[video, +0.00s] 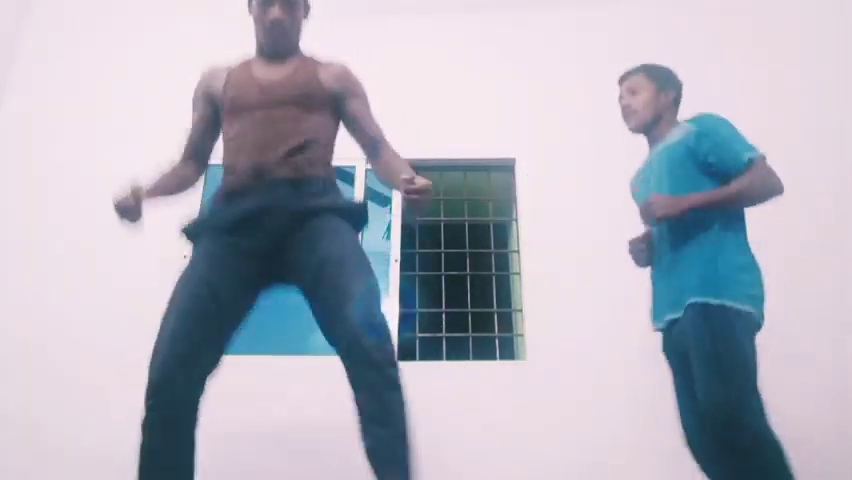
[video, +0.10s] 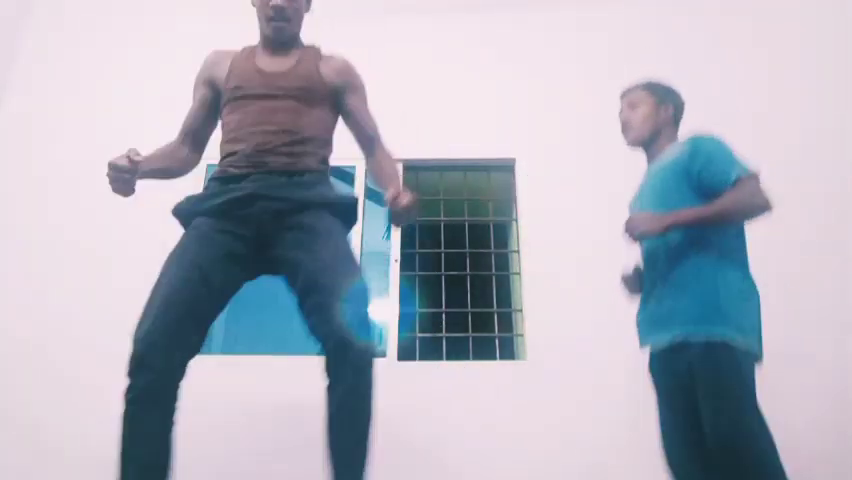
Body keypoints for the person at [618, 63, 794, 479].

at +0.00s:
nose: (624, 102)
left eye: (634, 92)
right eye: (621, 97)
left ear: (668, 96)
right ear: (621, 107)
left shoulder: (702, 129)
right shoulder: (642, 177)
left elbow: (766, 181)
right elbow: (683, 238)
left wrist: (684, 203)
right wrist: (650, 250)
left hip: (718, 296)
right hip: (673, 312)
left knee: (733, 424)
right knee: (702, 436)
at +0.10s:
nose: (623, 116)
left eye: (632, 106)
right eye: (621, 110)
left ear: (666, 111)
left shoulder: (698, 148)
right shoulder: (647, 187)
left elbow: (755, 197)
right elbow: (685, 258)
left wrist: (665, 220)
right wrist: (644, 278)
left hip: (716, 329)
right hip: (668, 337)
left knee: (736, 447)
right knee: (686, 454)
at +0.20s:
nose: (618, 129)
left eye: (628, 118)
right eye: (616, 122)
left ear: (662, 123)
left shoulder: (694, 160)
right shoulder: (642, 200)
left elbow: (738, 212)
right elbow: (678, 276)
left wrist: (647, 229)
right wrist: (637, 296)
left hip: (710, 345)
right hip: (659, 358)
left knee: (734, 460)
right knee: (672, 467)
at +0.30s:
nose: (604, 120)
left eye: (613, 111)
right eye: (603, 113)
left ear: (645, 115)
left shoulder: (678, 150)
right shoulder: (633, 182)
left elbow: (714, 198)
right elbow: (667, 255)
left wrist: (624, 213)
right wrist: (626, 278)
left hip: (693, 324)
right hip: (648, 335)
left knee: (725, 437)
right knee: (655, 453)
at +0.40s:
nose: (576, 107)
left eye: (585, 97)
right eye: (576, 100)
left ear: (616, 99)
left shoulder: (642, 131)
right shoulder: (609, 163)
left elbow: (678, 181)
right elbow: (646, 237)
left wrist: (599, 198)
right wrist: (602, 261)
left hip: (659, 298)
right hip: (620, 311)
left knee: (697, 410)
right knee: (627, 430)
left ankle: (752, 475)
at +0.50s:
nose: (558, 117)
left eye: (567, 107)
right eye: (558, 110)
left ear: (597, 111)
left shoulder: (621, 144)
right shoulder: (594, 173)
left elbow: (657, 194)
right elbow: (627, 249)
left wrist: (579, 222)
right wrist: (587, 276)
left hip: (640, 306)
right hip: (610, 318)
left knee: (679, 416)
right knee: (611, 443)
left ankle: (741, 475)